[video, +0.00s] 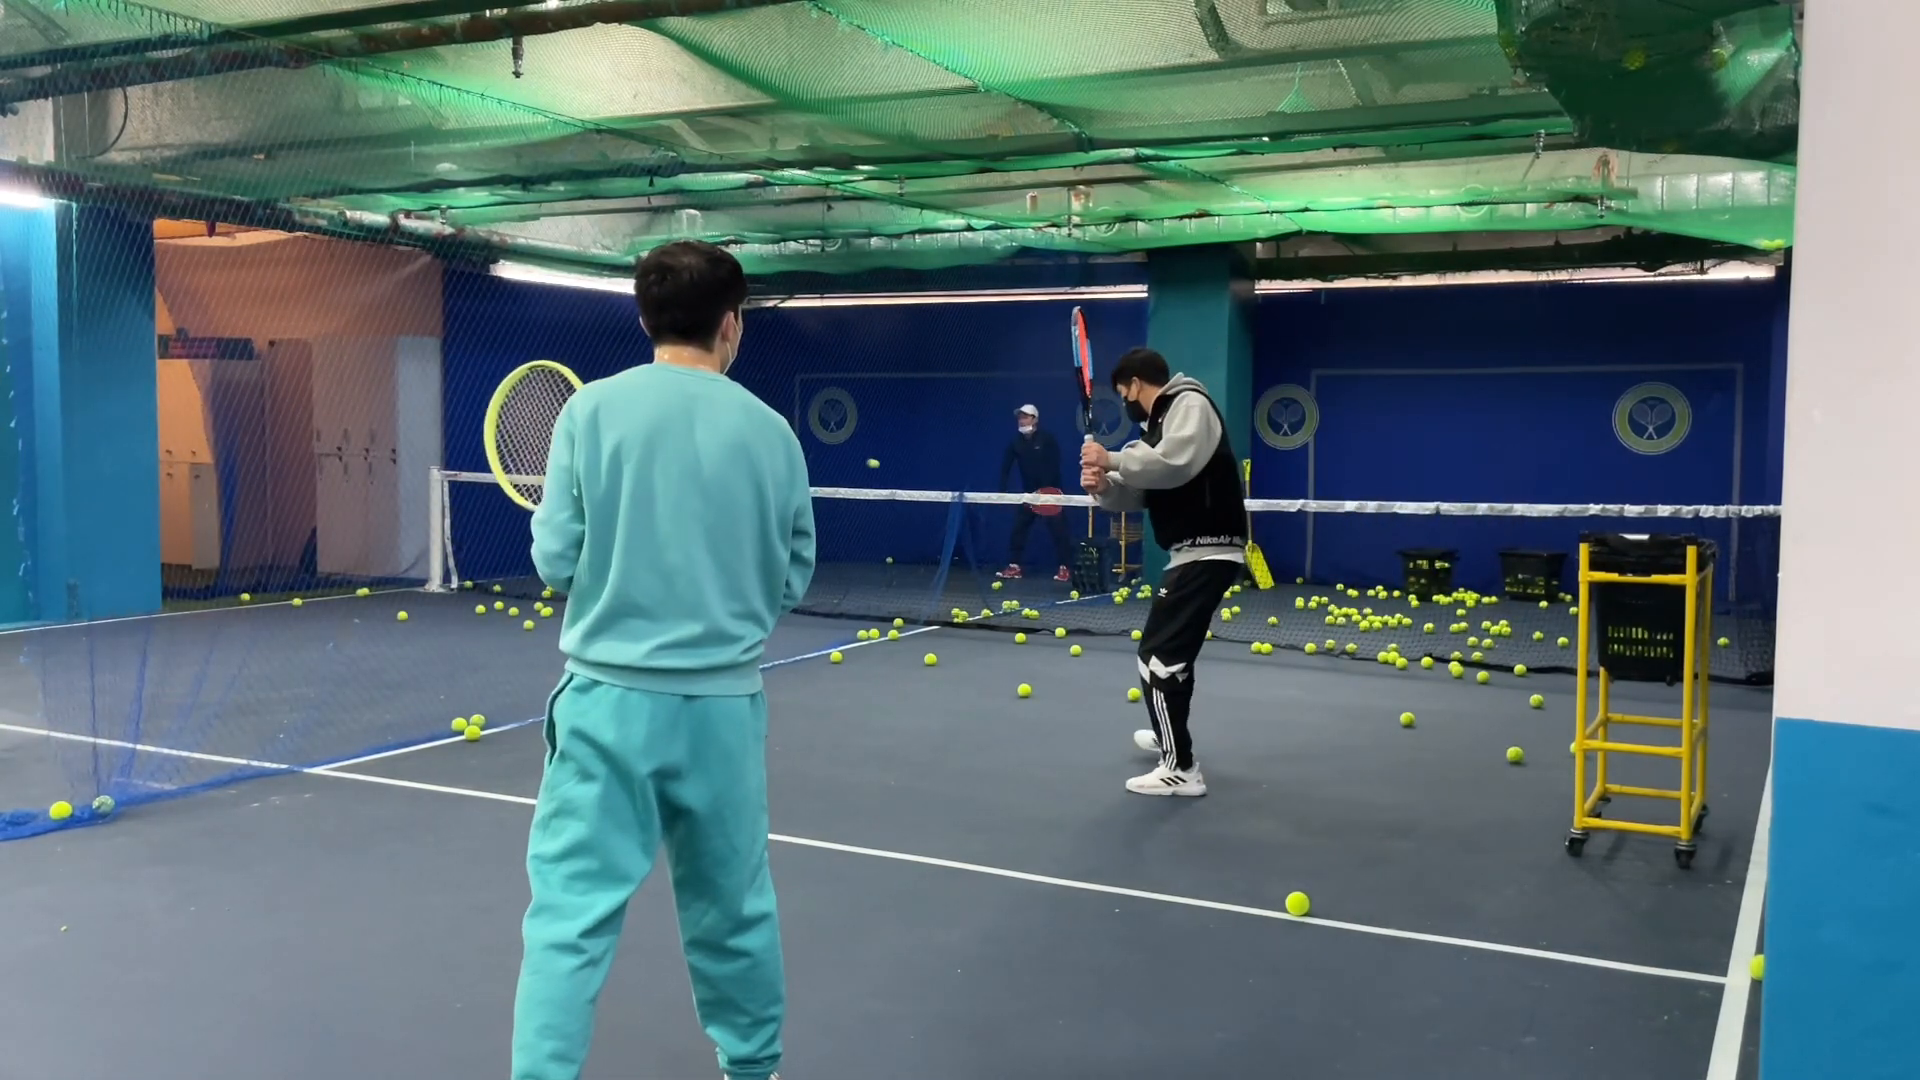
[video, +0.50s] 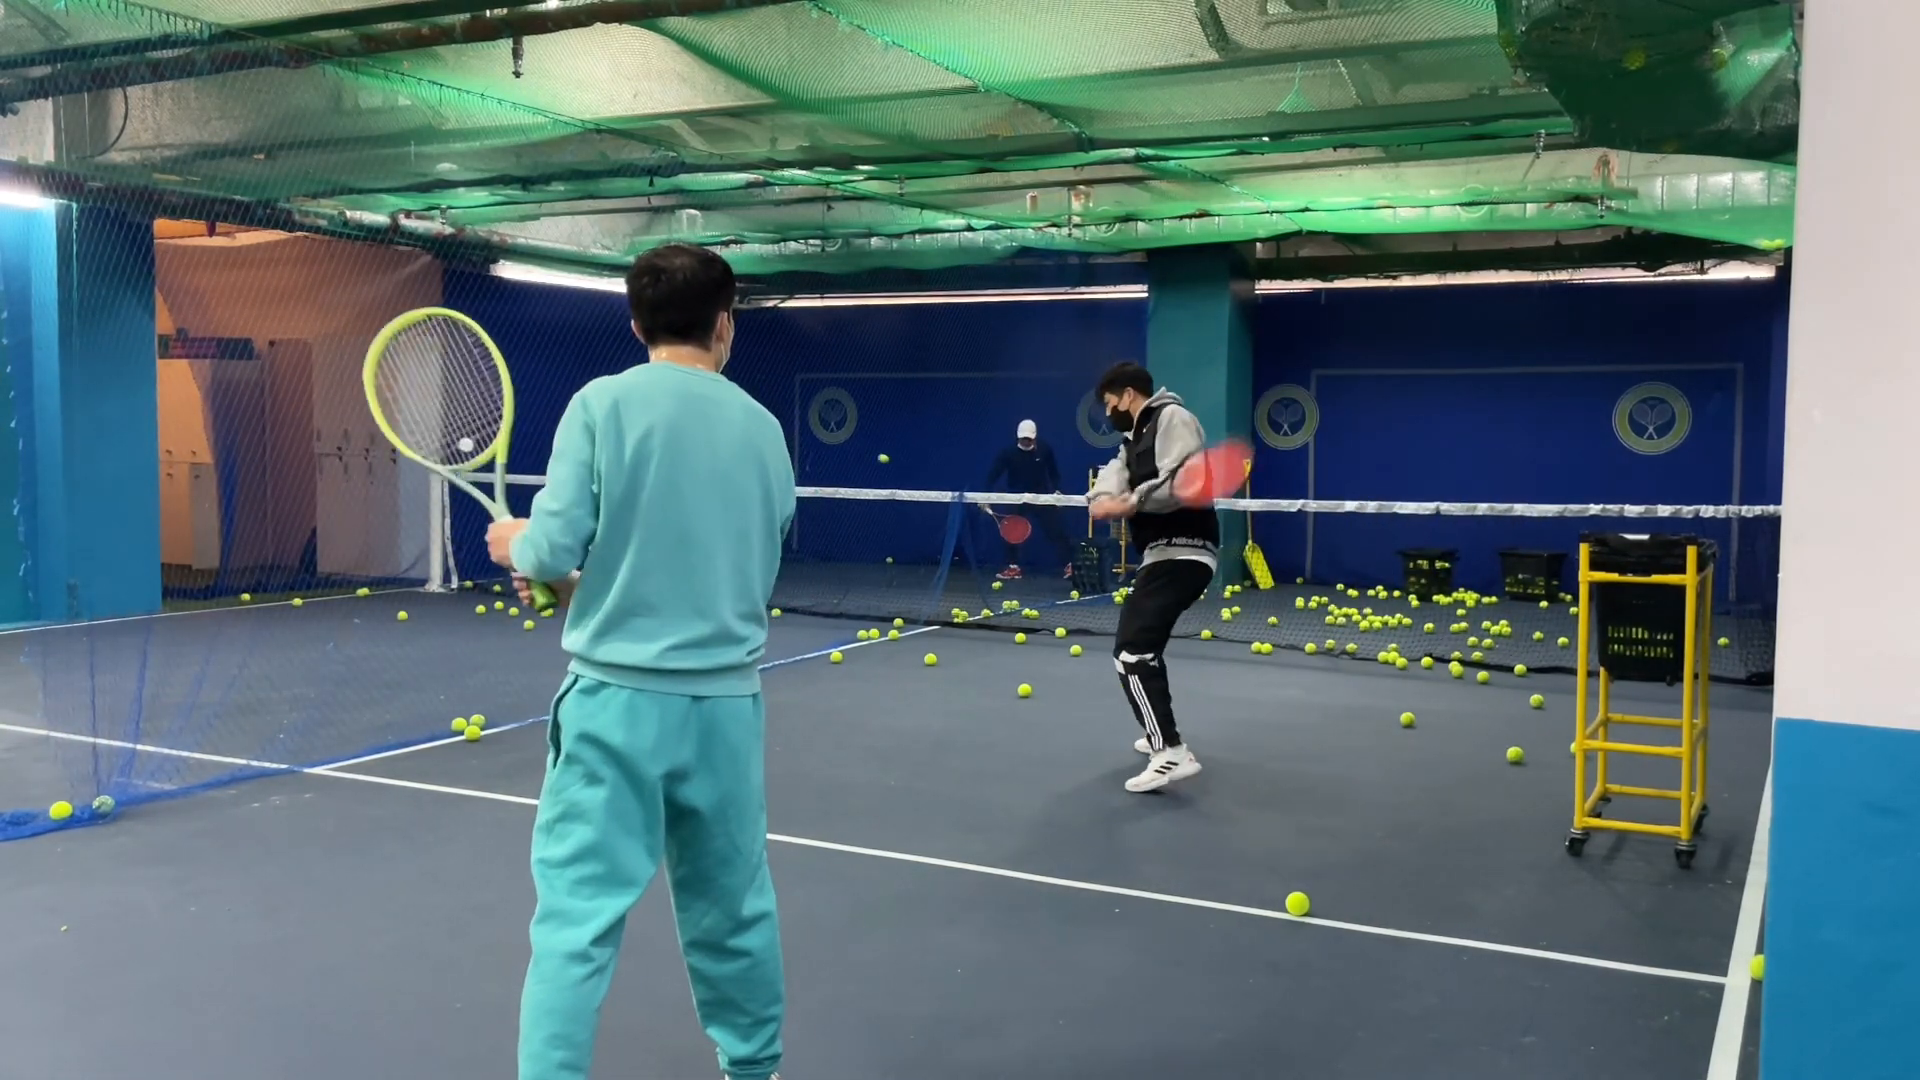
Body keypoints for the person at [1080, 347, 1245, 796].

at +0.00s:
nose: (1129, 405)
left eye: (1125, 395)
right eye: (1124, 398)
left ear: (1135, 383)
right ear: (1153, 380)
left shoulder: (1190, 403)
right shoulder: (1162, 421)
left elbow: (1175, 461)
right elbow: (1143, 492)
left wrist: (1111, 460)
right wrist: (1105, 486)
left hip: (1210, 553)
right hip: (1192, 553)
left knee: (1162, 655)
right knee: (1157, 649)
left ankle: (1180, 770)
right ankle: (1173, 735)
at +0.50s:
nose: (1110, 415)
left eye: (1111, 405)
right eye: (1108, 408)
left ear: (1129, 395)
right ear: (1131, 398)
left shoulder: (1173, 417)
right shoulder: (1137, 437)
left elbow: (1189, 482)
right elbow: (1114, 474)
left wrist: (1132, 501)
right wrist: (1104, 496)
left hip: (1183, 554)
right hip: (1160, 555)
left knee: (1135, 652)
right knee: (1133, 649)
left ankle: (1172, 751)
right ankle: (1162, 735)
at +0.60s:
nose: (1118, 407)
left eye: (1118, 398)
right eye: (1115, 400)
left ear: (1135, 388)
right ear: (1147, 385)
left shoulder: (1152, 420)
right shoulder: (1176, 417)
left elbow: (1132, 487)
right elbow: (1142, 489)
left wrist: (1095, 534)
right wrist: (1101, 532)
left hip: (1168, 557)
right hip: (1192, 557)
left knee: (1132, 649)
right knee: (1155, 646)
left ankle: (1163, 742)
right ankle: (1163, 733)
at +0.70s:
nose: (1116, 400)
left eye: (1116, 392)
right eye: (1114, 394)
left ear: (1132, 384)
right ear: (1159, 380)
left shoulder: (1132, 424)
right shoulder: (1203, 422)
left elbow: (1100, 496)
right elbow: (1192, 485)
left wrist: (1104, 533)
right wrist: (1129, 526)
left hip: (1154, 559)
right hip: (1200, 559)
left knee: (1133, 651)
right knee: (1170, 645)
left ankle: (1159, 734)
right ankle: (1166, 733)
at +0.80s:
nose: (1117, 393)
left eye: (1117, 386)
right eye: (1116, 387)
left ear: (1131, 380)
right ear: (1161, 374)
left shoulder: (1121, 425)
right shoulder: (1204, 415)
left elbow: (1116, 490)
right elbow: (1212, 468)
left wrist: (1142, 508)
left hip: (1149, 556)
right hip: (1198, 554)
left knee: (1134, 646)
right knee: (1174, 645)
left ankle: (1151, 729)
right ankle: (1171, 735)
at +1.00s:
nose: (1120, 381)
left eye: (1120, 375)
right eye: (1120, 375)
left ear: (1132, 371)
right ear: (1166, 365)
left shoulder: (1120, 418)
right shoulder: (1207, 407)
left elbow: (1123, 475)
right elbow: (1219, 461)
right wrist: (1190, 485)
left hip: (1144, 551)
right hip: (1197, 549)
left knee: (1131, 638)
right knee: (1177, 642)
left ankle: (1133, 720)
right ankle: (1171, 735)